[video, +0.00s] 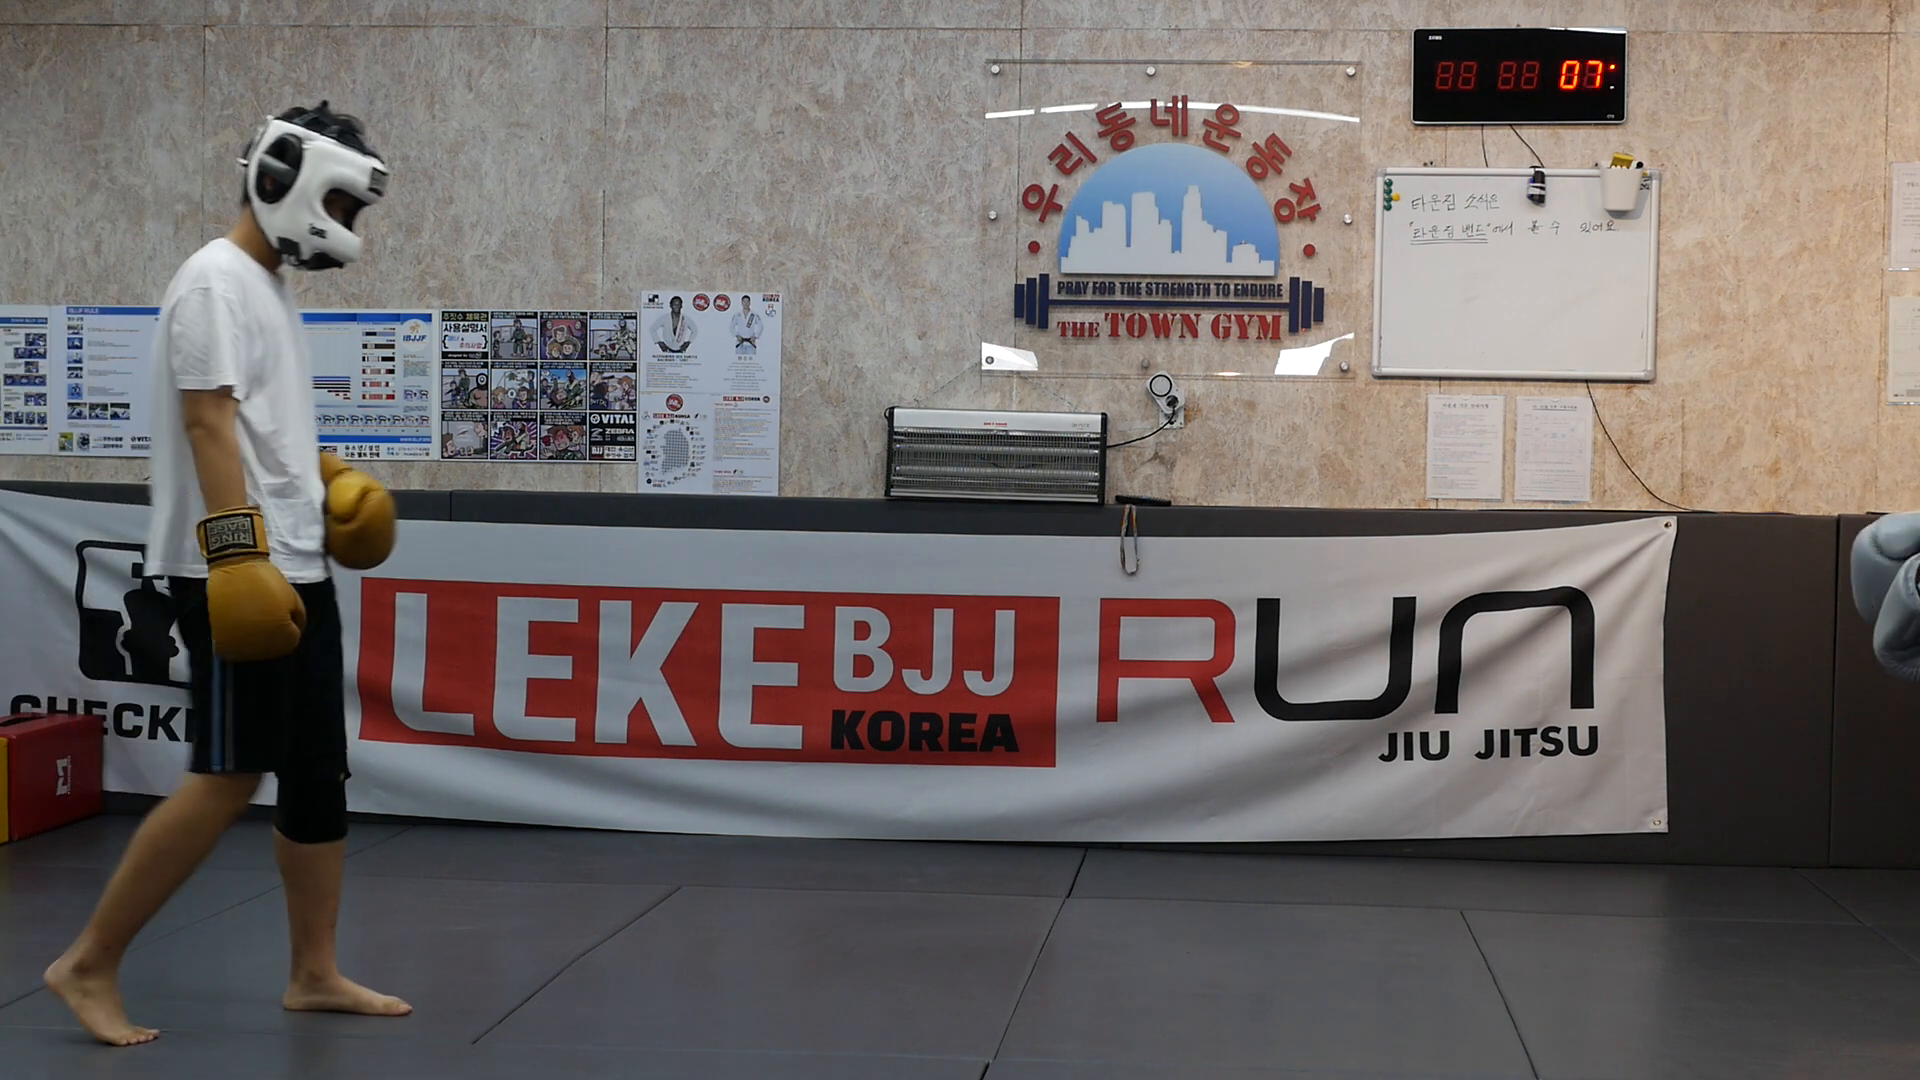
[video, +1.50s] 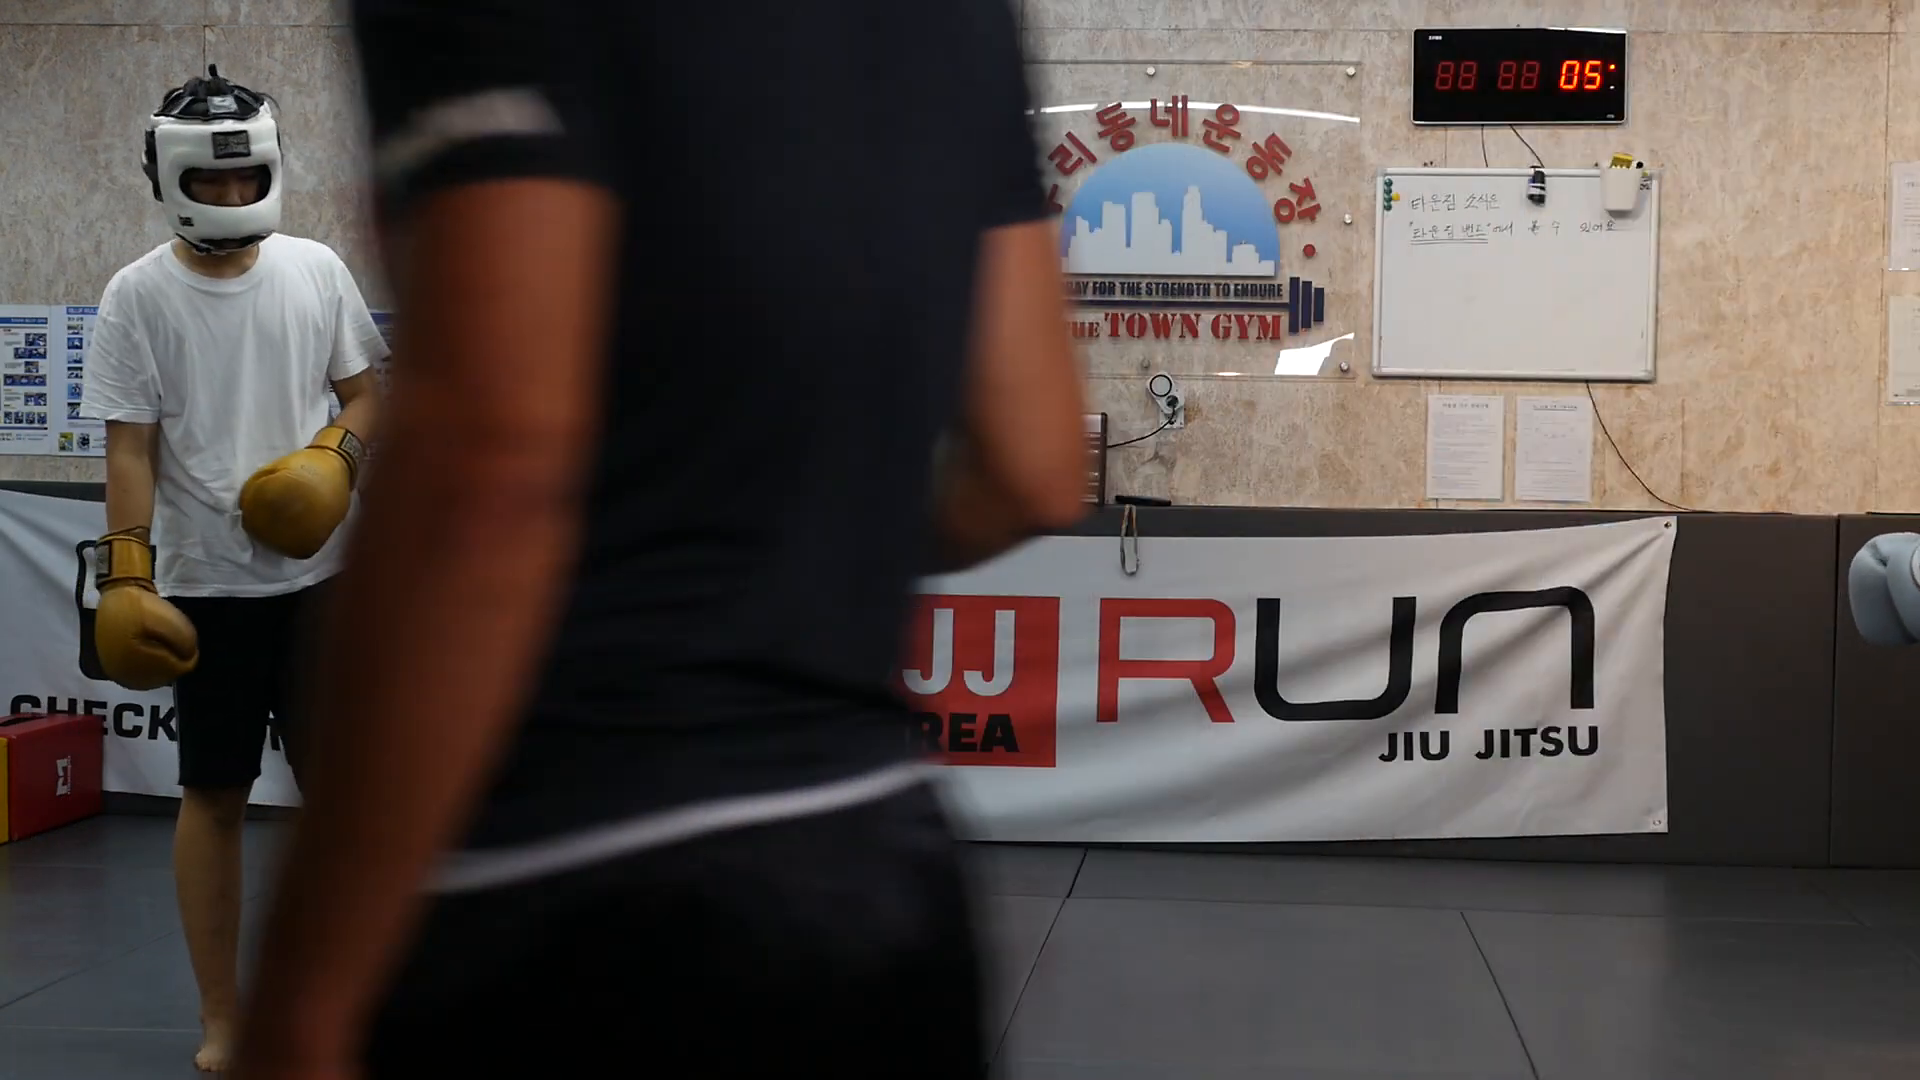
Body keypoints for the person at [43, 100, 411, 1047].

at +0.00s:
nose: (352, 222)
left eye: (358, 203)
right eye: (344, 199)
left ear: (288, 190)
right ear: (290, 185)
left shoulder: (267, 290)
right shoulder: (214, 283)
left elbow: (277, 432)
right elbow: (207, 426)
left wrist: (335, 487)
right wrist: (238, 555)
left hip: (299, 574)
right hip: (234, 576)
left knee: (316, 781)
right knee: (224, 782)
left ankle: (317, 973)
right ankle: (89, 965)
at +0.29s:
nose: (401, 221)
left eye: (409, 204)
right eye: (390, 199)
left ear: (384, 198)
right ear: (334, 185)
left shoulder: (357, 292)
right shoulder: (243, 282)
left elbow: (359, 427)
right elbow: (223, 420)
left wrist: (427, 404)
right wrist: (238, 541)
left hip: (356, 566)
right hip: (283, 564)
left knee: (336, 769)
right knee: (295, 768)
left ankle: (316, 973)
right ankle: (225, 981)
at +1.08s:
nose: (272, 182)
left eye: (291, 166)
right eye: (251, 165)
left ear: (319, 177)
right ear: (214, 171)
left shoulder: (354, 289)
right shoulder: (172, 289)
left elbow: (384, 422)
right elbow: (142, 440)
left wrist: (371, 457)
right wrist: (111, 569)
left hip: (336, 585)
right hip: (216, 585)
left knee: (363, 791)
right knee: (217, 796)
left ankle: (323, 956)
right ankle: (221, 1017)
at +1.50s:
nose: (231, 181)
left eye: (247, 161)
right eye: (207, 165)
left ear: (271, 165)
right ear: (166, 175)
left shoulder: (317, 272)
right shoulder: (137, 296)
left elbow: (367, 397)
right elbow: (128, 448)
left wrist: (330, 454)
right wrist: (126, 579)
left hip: (319, 582)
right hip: (205, 591)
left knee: (348, 803)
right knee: (213, 804)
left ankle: (351, 1022)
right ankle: (221, 1025)